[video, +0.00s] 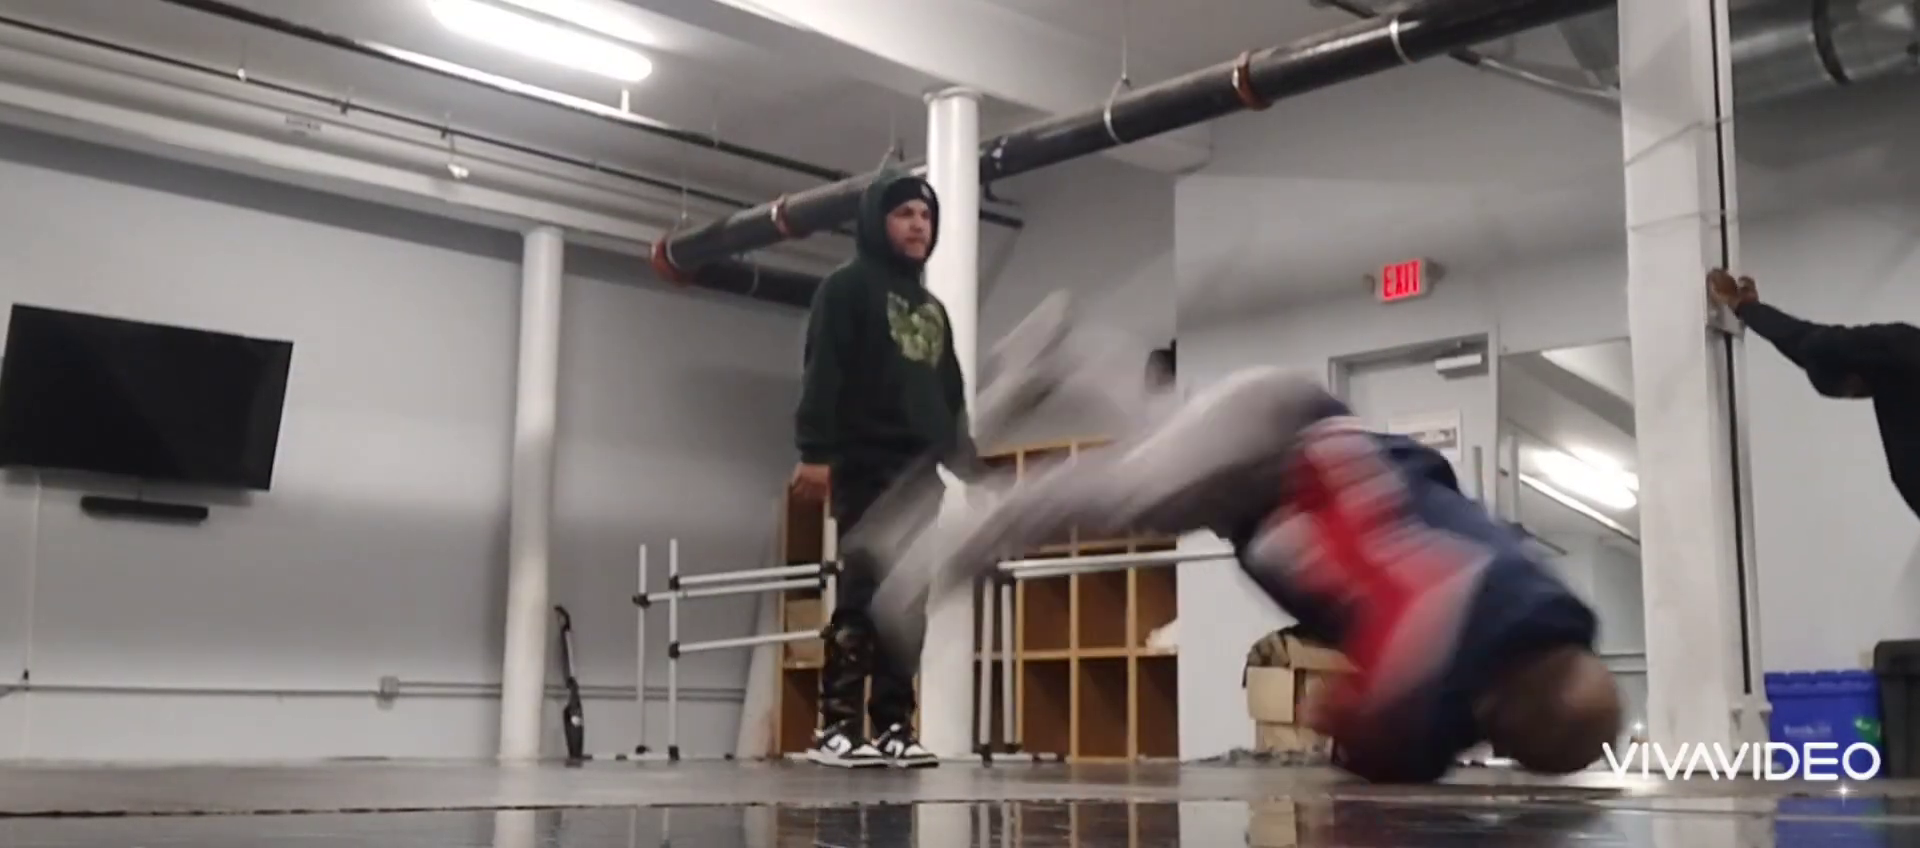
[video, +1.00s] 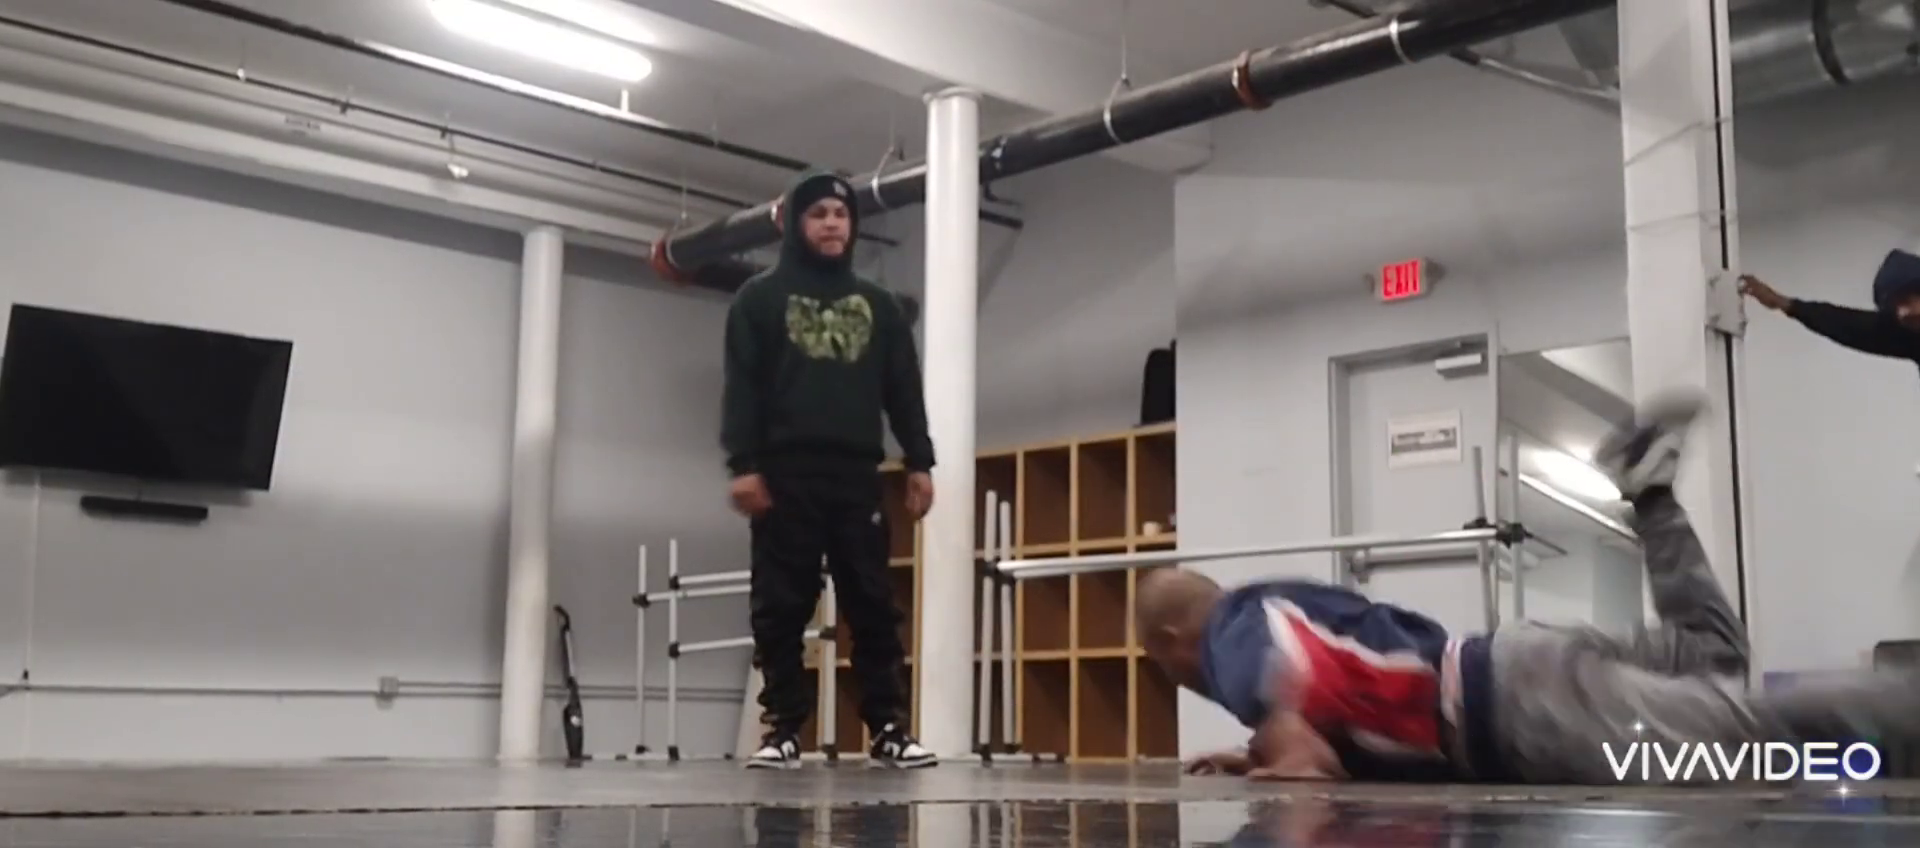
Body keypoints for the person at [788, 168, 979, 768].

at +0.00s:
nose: (918, 226)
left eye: (925, 217)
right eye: (905, 215)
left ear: (934, 228)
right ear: (876, 222)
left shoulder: (932, 309)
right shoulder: (847, 286)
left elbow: (951, 390)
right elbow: (823, 371)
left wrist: (961, 456)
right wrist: (815, 454)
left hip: (919, 465)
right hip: (862, 463)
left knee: (906, 594)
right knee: (859, 591)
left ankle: (894, 726)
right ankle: (838, 727)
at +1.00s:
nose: (832, 223)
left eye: (841, 214)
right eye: (819, 214)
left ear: (851, 224)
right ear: (794, 224)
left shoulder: (877, 303)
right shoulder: (758, 298)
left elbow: (902, 387)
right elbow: (741, 386)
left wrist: (920, 461)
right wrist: (742, 466)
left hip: (856, 472)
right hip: (782, 472)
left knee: (871, 604)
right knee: (779, 607)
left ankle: (888, 729)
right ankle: (782, 730)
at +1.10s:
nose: (822, 223)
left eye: (830, 213)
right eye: (809, 213)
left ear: (841, 223)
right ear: (785, 223)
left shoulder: (868, 301)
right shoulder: (749, 297)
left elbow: (889, 385)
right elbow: (723, 384)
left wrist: (902, 459)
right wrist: (711, 470)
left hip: (849, 472)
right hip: (775, 472)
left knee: (866, 601)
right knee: (773, 606)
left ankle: (877, 726)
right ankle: (782, 730)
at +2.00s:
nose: (786, 199)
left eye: (798, 193)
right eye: (775, 188)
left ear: (808, 208)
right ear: (749, 196)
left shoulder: (825, 284)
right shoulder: (704, 274)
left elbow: (842, 375)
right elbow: (671, 362)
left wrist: (832, 453)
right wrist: (650, 444)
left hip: (793, 457)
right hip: (721, 455)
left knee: (777, 588)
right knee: (729, 591)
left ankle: (764, 725)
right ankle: (763, 717)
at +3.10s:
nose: (703, 172)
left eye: (710, 164)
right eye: (691, 158)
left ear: (712, 176)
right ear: (654, 160)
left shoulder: (723, 256)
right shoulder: (606, 242)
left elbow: (739, 358)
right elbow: (580, 339)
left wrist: (748, 448)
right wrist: (582, 425)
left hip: (715, 442)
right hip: (638, 438)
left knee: (720, 594)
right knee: (633, 588)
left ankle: (704, 727)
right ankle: (627, 728)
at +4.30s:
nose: (742, 208)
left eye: (747, 199)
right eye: (730, 195)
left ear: (745, 211)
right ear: (696, 198)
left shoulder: (735, 287)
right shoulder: (654, 269)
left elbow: (749, 382)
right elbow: (648, 368)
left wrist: (759, 469)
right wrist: (672, 448)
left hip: (725, 458)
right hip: (664, 454)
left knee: (704, 602)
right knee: (648, 589)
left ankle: (684, 731)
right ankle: (626, 725)